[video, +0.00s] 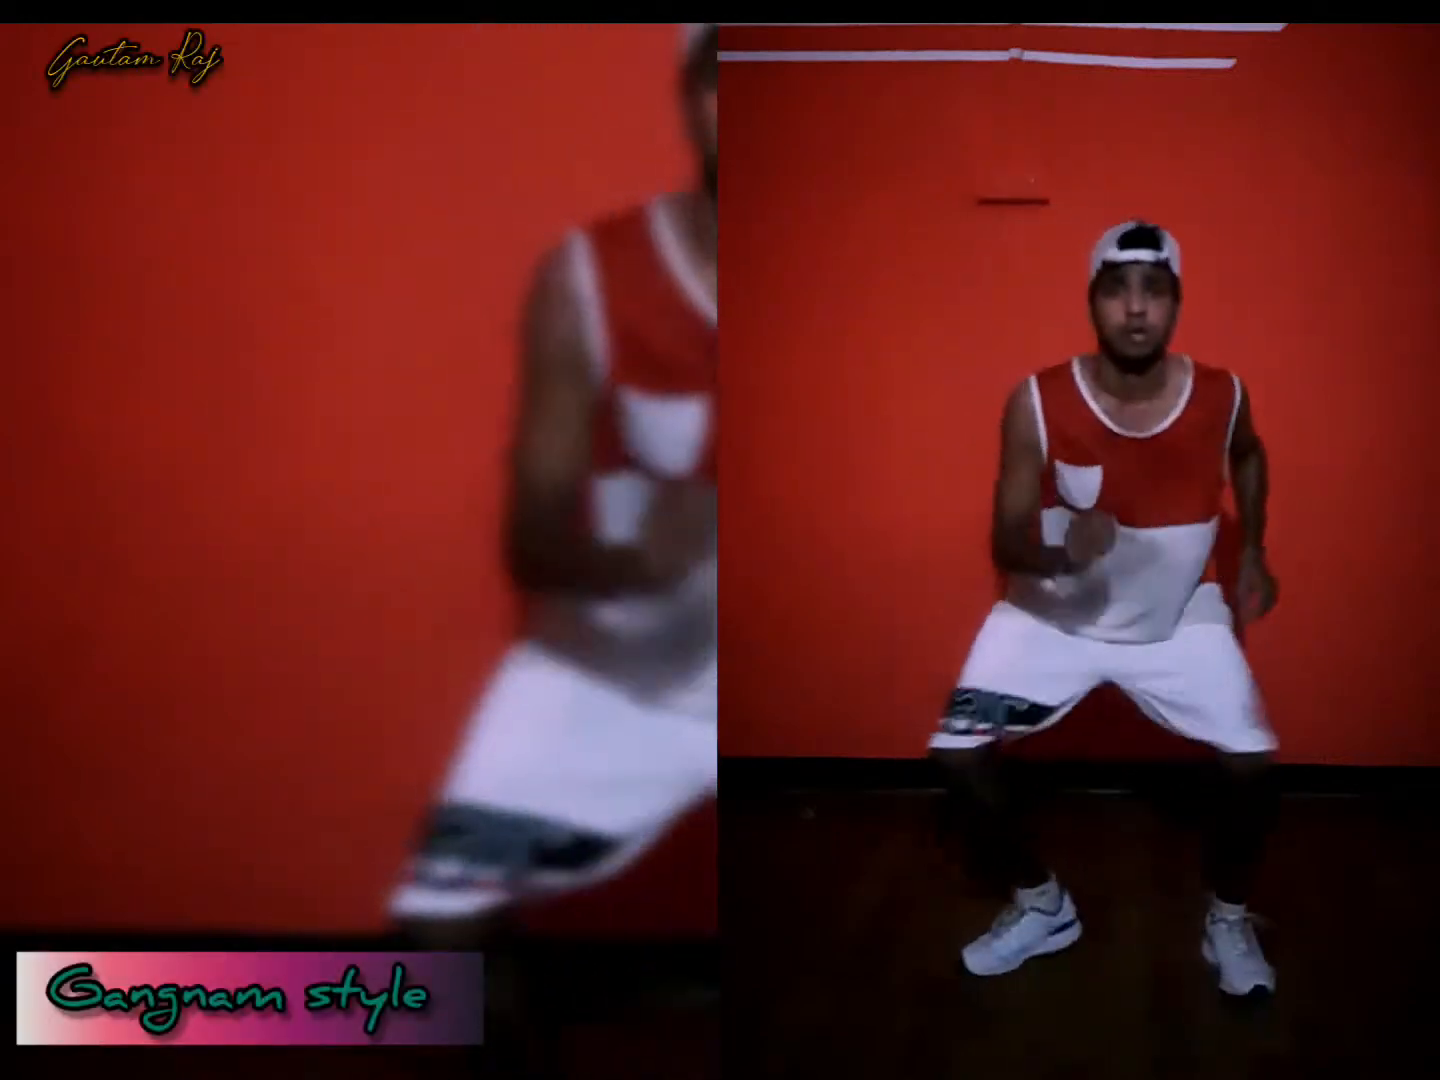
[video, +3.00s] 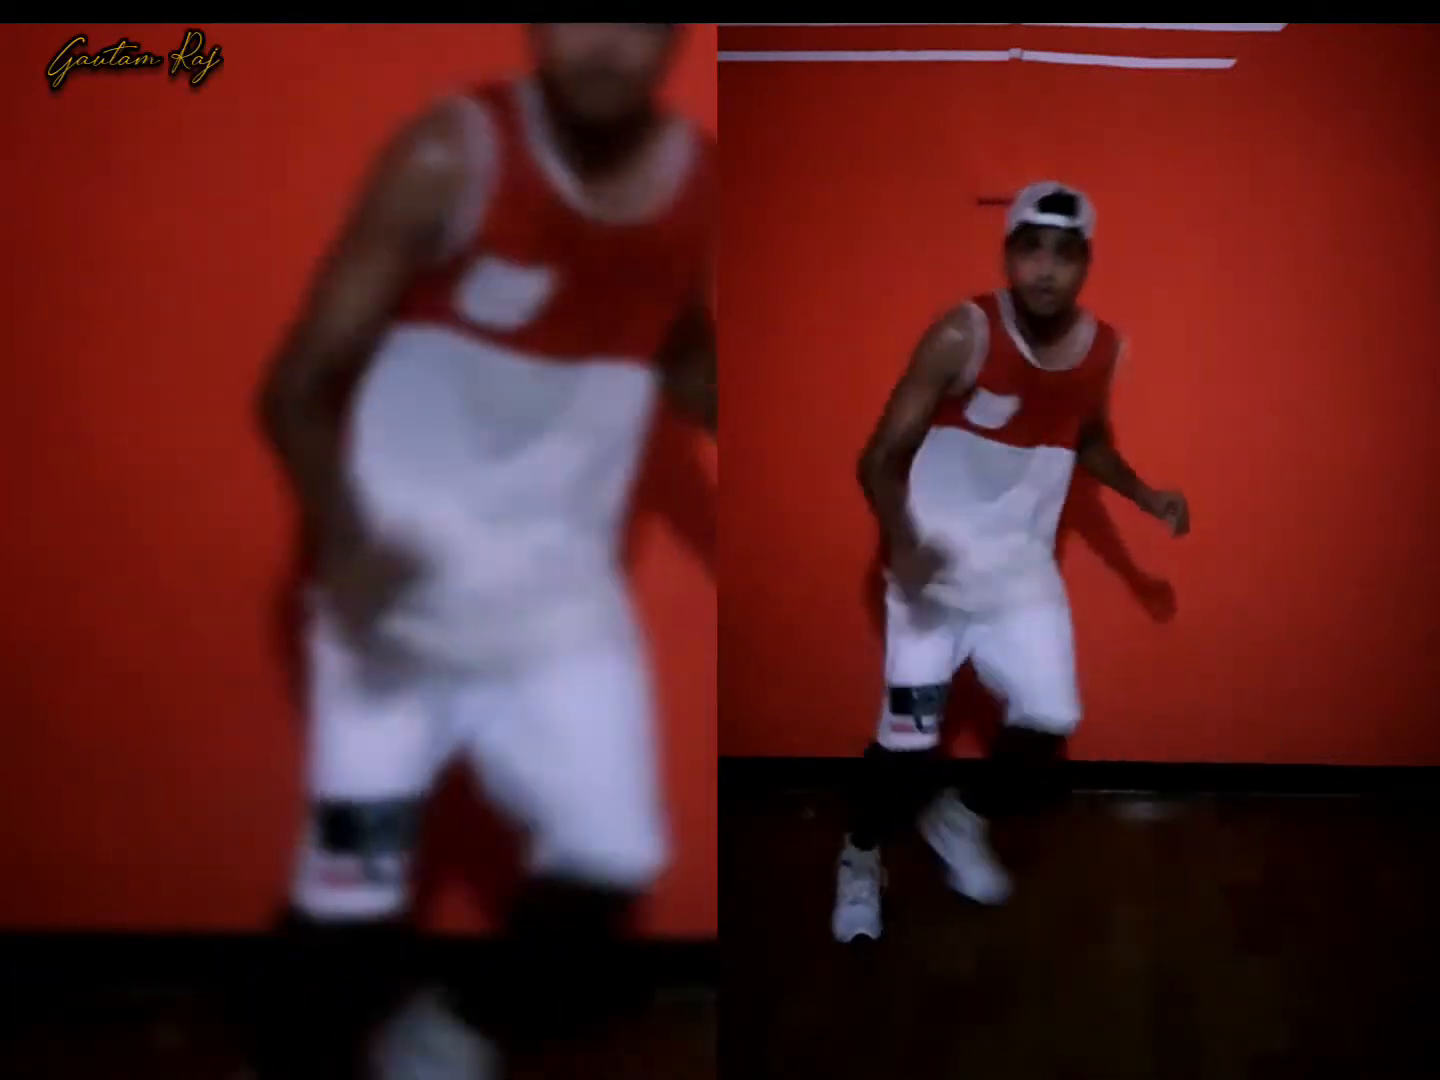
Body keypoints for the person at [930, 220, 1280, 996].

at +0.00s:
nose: (1136, 307)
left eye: (1154, 290)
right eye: (1118, 289)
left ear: (1177, 304)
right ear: (1092, 303)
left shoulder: (1220, 397)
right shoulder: (1037, 403)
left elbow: (1247, 459)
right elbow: (1009, 545)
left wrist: (1252, 550)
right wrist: (1062, 551)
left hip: (1180, 620)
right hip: (1053, 616)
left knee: (1250, 761)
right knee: (961, 753)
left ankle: (1228, 916)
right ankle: (1039, 905)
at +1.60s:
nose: (1102, 329)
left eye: (1120, 311)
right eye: (1084, 310)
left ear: (1142, 318)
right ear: (1058, 316)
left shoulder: (1183, 399)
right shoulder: (1012, 390)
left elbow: (1191, 506)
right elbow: (980, 494)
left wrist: (1169, 589)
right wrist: (978, 607)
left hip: (1144, 580)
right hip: (1050, 576)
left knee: (1139, 734)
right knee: (1055, 727)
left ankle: (1191, 893)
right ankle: (994, 872)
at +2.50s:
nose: (987, 317)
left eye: (1005, 301)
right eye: (973, 300)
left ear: (1034, 309)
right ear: (956, 311)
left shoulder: (1103, 378)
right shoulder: (934, 408)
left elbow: (1154, 433)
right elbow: (897, 487)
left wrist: (1131, 524)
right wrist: (950, 533)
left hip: (1107, 575)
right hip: (1001, 585)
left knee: (1184, 709)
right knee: (974, 740)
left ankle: (1151, 874)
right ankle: (1029, 885)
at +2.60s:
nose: (958, 263)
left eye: (975, 245)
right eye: (943, 246)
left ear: (1006, 250)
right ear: (927, 260)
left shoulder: (1070, 307)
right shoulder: (923, 374)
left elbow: (1104, 412)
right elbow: (918, 512)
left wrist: (1119, 506)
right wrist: (977, 499)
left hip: (1090, 563)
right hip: (993, 578)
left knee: (1136, 713)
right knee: (982, 743)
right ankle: (1030, 883)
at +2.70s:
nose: (949, 269)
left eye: (965, 253)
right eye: (933, 254)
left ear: (990, 259)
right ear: (916, 266)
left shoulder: (1037, 318)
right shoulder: (914, 373)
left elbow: (1060, 420)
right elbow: (963, 516)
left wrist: (1108, 487)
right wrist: (992, 433)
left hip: (1072, 572)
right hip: (986, 579)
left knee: (1050, 742)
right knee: (981, 745)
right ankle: (992, 878)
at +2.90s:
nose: (1002, 284)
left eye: (1020, 269)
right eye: (988, 266)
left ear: (1043, 278)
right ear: (968, 271)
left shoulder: (1060, 357)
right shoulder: (928, 351)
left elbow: (1060, 461)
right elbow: (908, 489)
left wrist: (1122, 484)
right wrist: (950, 475)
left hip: (1028, 590)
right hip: (945, 583)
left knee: (993, 772)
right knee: (940, 761)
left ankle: (917, 835)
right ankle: (870, 862)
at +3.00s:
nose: (1045, 270)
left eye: (1063, 255)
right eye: (1031, 251)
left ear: (1086, 266)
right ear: (1008, 259)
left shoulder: (1099, 348)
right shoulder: (963, 337)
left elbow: (1089, 440)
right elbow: (880, 460)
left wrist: (1146, 494)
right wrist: (904, 542)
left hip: (1023, 566)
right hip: (932, 559)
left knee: (1048, 719)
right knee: (911, 738)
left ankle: (960, 817)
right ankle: (861, 860)